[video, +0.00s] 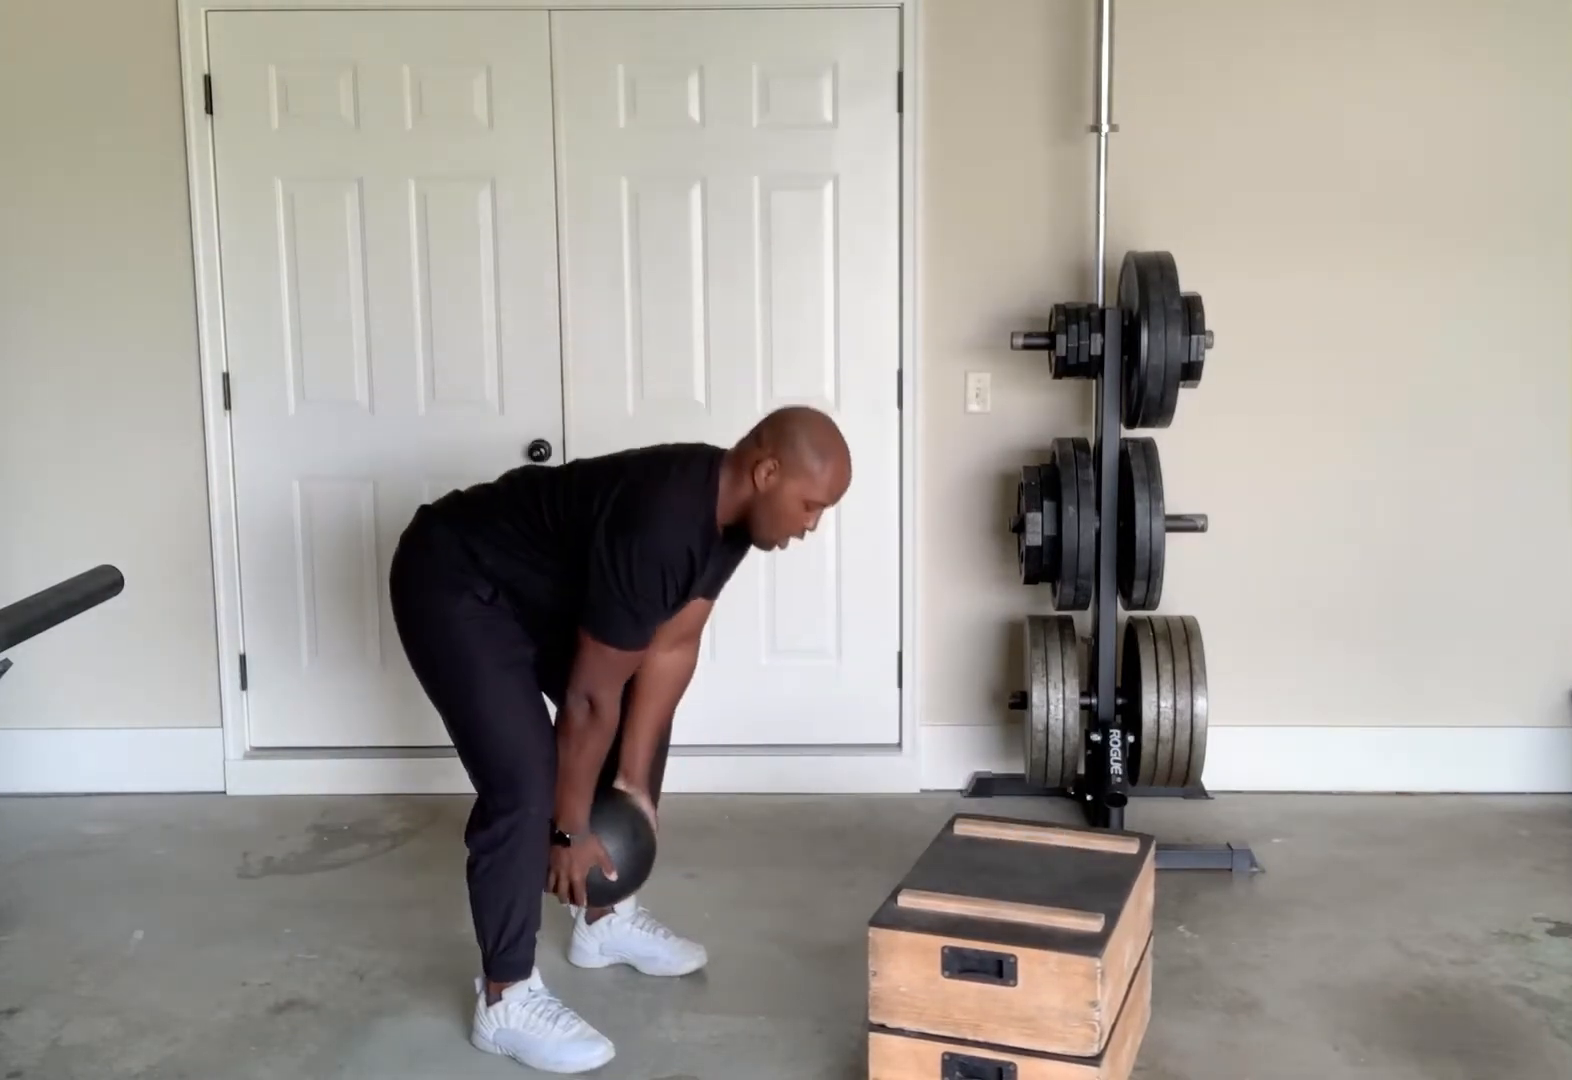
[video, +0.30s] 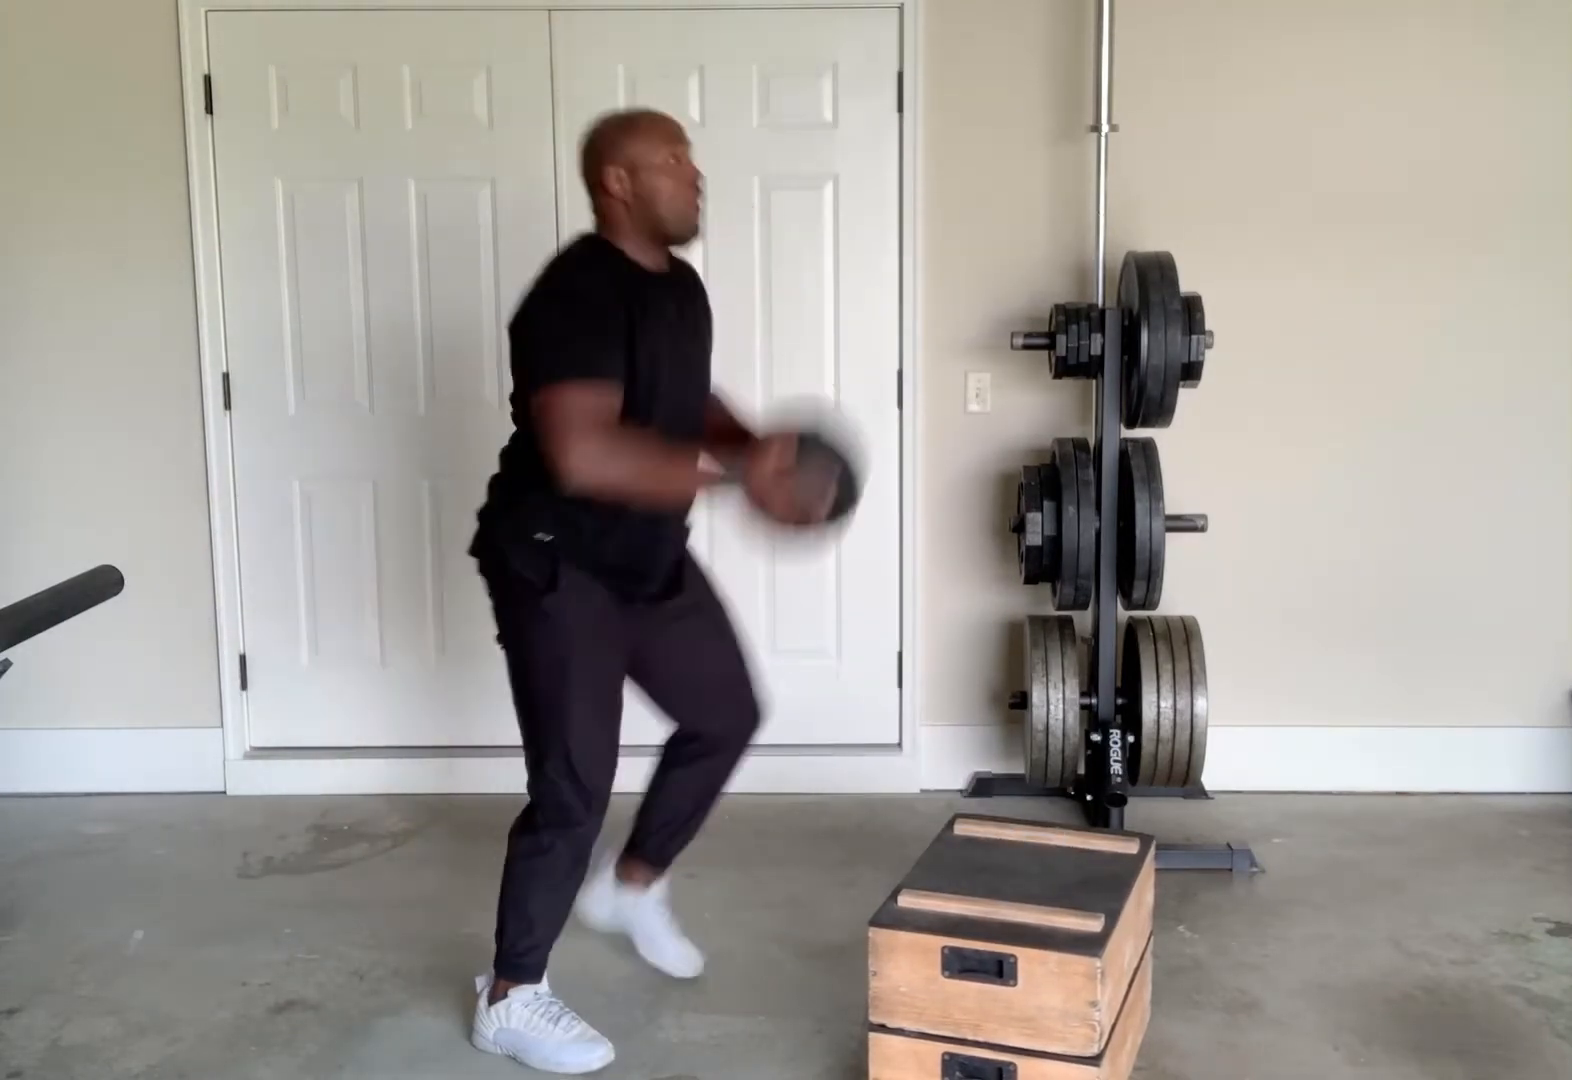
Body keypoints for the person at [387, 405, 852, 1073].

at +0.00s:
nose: (814, 526)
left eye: (823, 512)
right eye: (811, 506)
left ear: (767, 470)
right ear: (763, 470)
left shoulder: (731, 517)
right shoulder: (659, 519)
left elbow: (674, 647)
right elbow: (590, 700)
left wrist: (636, 790)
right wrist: (569, 830)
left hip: (530, 579)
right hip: (449, 575)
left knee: (640, 717)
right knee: (520, 778)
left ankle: (604, 918)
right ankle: (505, 996)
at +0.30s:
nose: (697, 175)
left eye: (692, 160)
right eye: (677, 162)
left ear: (645, 183)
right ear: (617, 181)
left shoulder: (680, 293)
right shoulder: (572, 294)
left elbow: (683, 402)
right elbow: (580, 455)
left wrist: (760, 456)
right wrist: (725, 472)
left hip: (651, 561)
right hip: (554, 568)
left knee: (723, 716)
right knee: (570, 791)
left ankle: (630, 886)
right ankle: (510, 994)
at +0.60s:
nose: (766, 134)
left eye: (764, 118)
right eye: (743, 120)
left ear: (750, 134)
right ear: (689, 131)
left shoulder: (739, 206)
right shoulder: (646, 190)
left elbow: (741, 65)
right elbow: (662, 13)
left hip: (774, 502)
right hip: (665, 517)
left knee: (941, 578)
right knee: (613, 745)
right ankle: (542, 967)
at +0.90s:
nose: (789, 127)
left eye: (788, 109)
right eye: (768, 111)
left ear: (774, 118)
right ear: (709, 122)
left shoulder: (771, 197)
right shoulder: (669, 194)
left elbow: (768, 50)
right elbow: (666, 22)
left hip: (843, 495)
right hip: (734, 512)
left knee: (1003, 582)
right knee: (673, 743)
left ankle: (961, 814)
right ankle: (571, 953)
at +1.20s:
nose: (696, 124)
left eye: (695, 111)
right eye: (677, 110)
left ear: (695, 120)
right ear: (629, 117)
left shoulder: (719, 205)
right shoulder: (597, 220)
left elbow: (813, 140)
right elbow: (685, 115)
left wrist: (785, 5)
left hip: (800, 492)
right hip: (676, 510)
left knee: (954, 582)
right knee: (632, 739)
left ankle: (956, 813)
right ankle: (550, 960)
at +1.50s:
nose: (601, 149)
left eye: (593, 132)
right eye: (579, 136)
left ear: (545, 162)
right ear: (521, 163)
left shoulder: (615, 280)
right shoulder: (481, 302)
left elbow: (623, 407)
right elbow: (491, 465)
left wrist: (694, 404)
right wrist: (652, 426)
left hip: (668, 521)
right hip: (560, 561)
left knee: (848, 567)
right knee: (554, 770)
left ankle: (892, 799)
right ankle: (521, 982)